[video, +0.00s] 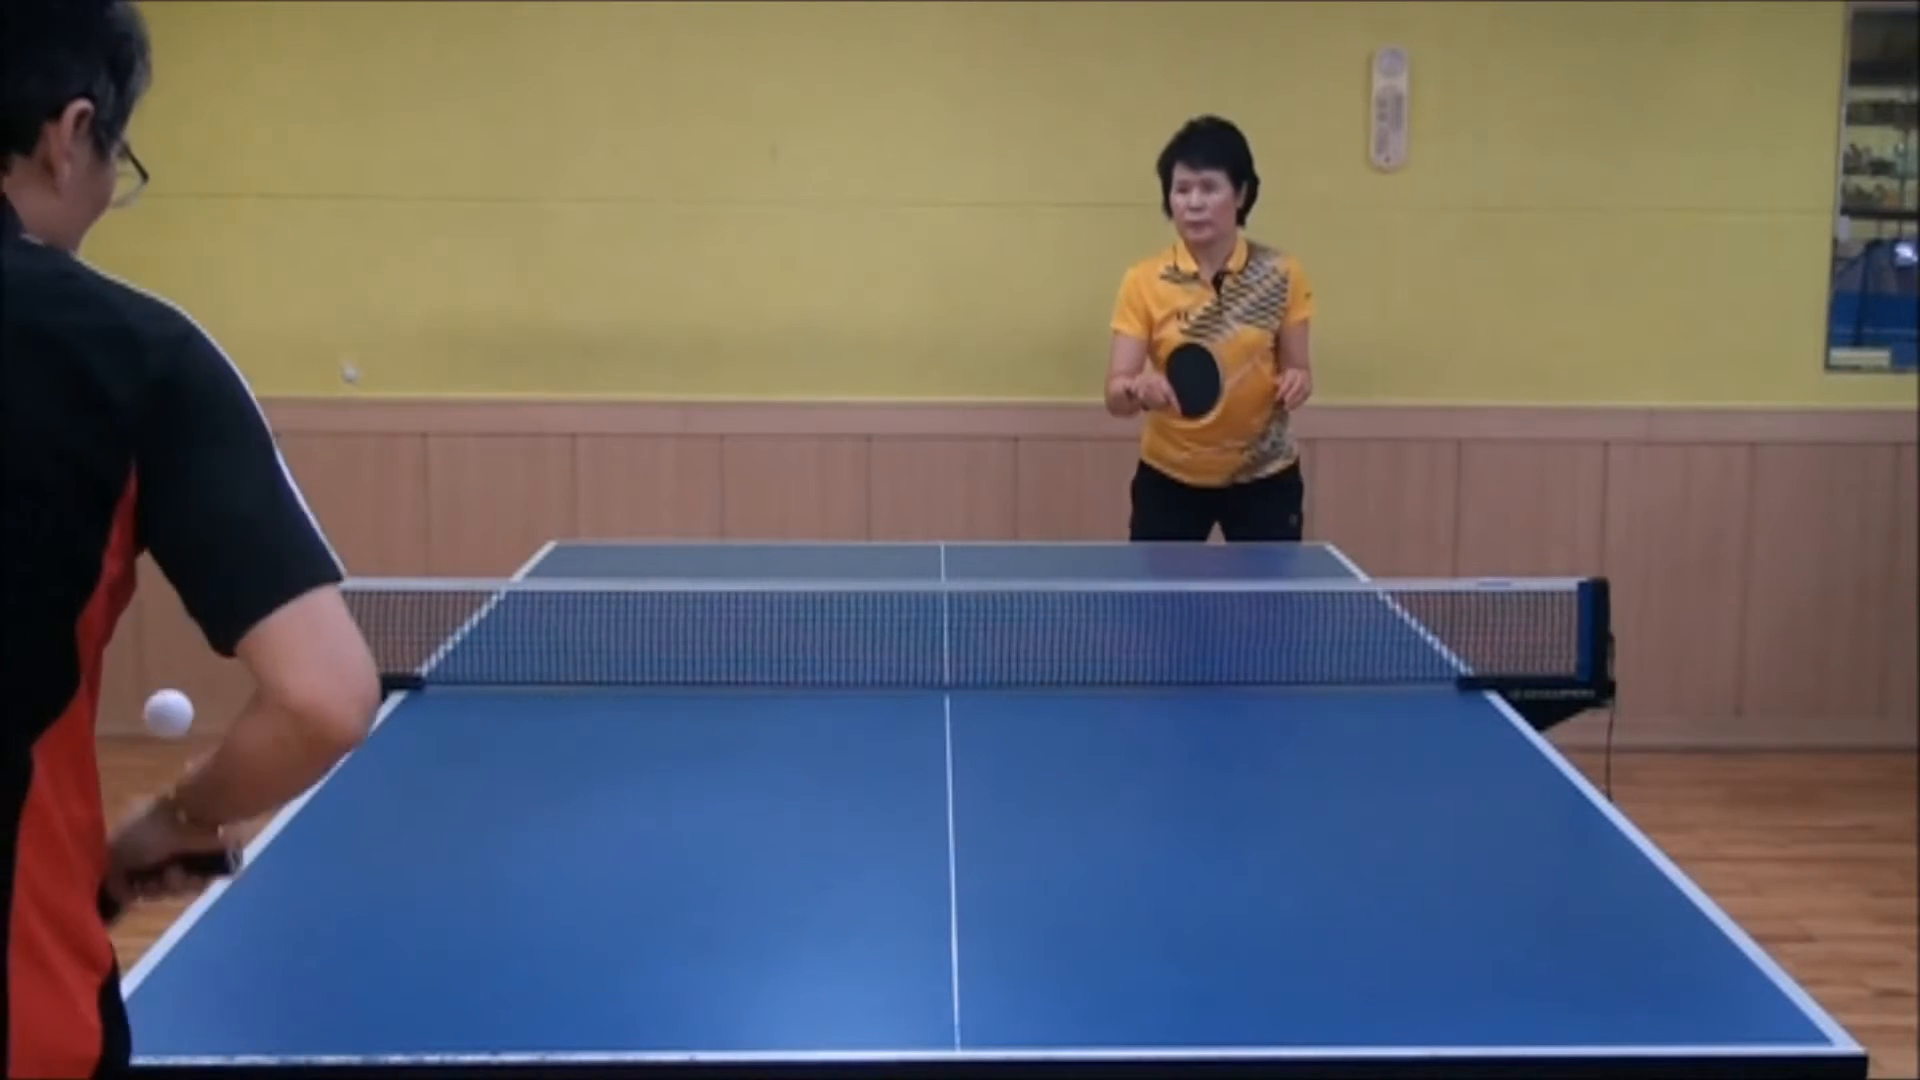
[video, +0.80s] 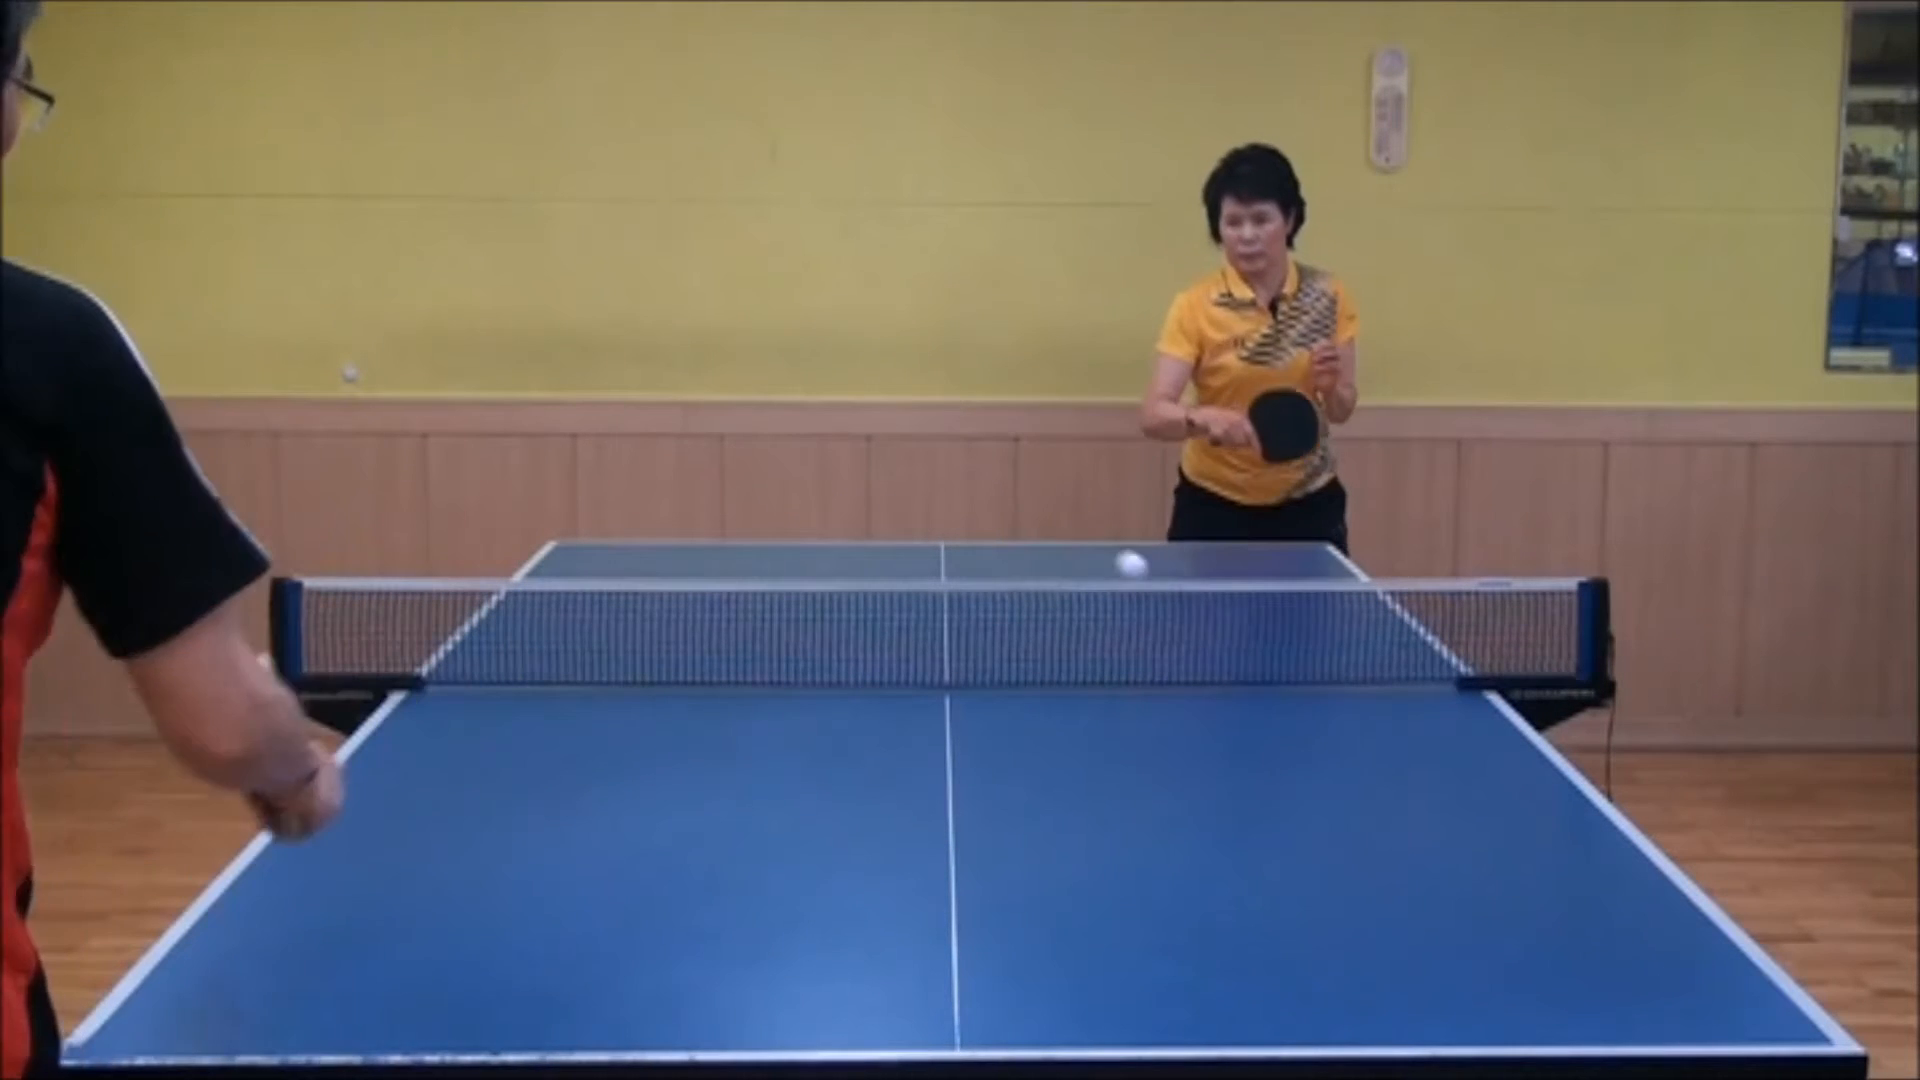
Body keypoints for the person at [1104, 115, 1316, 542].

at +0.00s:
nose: (1194, 202)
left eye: (1209, 188)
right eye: (1182, 189)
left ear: (1242, 194)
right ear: (1167, 198)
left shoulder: (1282, 277)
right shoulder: (1144, 282)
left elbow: (1297, 369)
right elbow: (1117, 397)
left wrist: (1294, 383)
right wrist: (1139, 390)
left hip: (1263, 482)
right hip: (1170, 481)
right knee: (1154, 600)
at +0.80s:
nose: (1247, 236)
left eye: (1262, 220)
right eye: (1234, 222)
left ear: (1290, 221)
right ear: (1217, 229)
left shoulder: (1328, 300)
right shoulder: (1195, 308)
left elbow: (1341, 413)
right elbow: (1154, 415)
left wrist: (1330, 387)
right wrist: (1201, 419)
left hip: (1306, 507)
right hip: (1213, 507)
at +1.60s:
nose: (1301, 258)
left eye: (1315, 242)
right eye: (1286, 244)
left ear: (1341, 241)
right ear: (1267, 249)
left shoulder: (1368, 317)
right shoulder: (1242, 322)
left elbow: (1374, 397)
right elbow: (1200, 429)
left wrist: (1361, 402)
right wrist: (1271, 413)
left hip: (1329, 507)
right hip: (1240, 507)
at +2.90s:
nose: (1306, 285)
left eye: (1321, 269)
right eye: (1291, 271)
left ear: (1350, 276)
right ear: (1274, 281)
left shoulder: (1371, 356)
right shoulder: (1251, 359)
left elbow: (1377, 460)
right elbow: (1205, 454)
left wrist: (1403, 448)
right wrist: (1236, 480)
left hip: (1327, 539)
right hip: (1238, 539)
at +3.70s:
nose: (1276, 226)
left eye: (1291, 210)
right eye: (1262, 212)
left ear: (1323, 218)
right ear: (1246, 224)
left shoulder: (1357, 298)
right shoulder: (1224, 312)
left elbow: (1373, 416)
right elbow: (1185, 429)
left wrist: (1382, 397)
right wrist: (1225, 412)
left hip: (1335, 507)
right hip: (1246, 507)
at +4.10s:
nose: (1250, 208)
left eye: (1267, 194)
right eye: (1239, 194)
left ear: (1299, 202)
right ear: (1224, 203)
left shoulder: (1336, 284)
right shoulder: (1200, 288)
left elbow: (1345, 376)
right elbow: (1164, 403)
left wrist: (1359, 391)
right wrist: (1201, 385)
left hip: (1304, 489)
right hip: (1211, 486)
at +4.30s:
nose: (1202, 210)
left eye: (1218, 197)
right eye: (1191, 196)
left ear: (1249, 206)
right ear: (1175, 204)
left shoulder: (1283, 288)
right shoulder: (1147, 289)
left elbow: (1291, 379)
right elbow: (1114, 402)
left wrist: (1296, 397)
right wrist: (1145, 390)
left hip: (1255, 489)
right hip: (1162, 487)